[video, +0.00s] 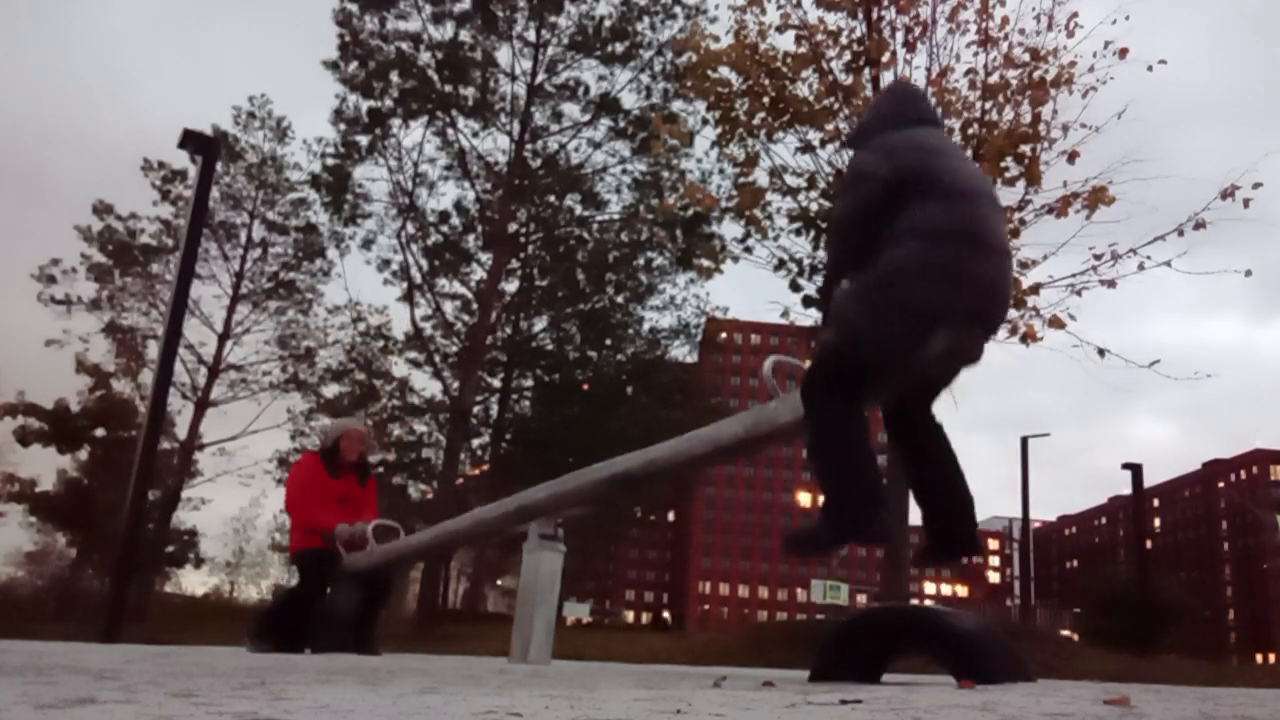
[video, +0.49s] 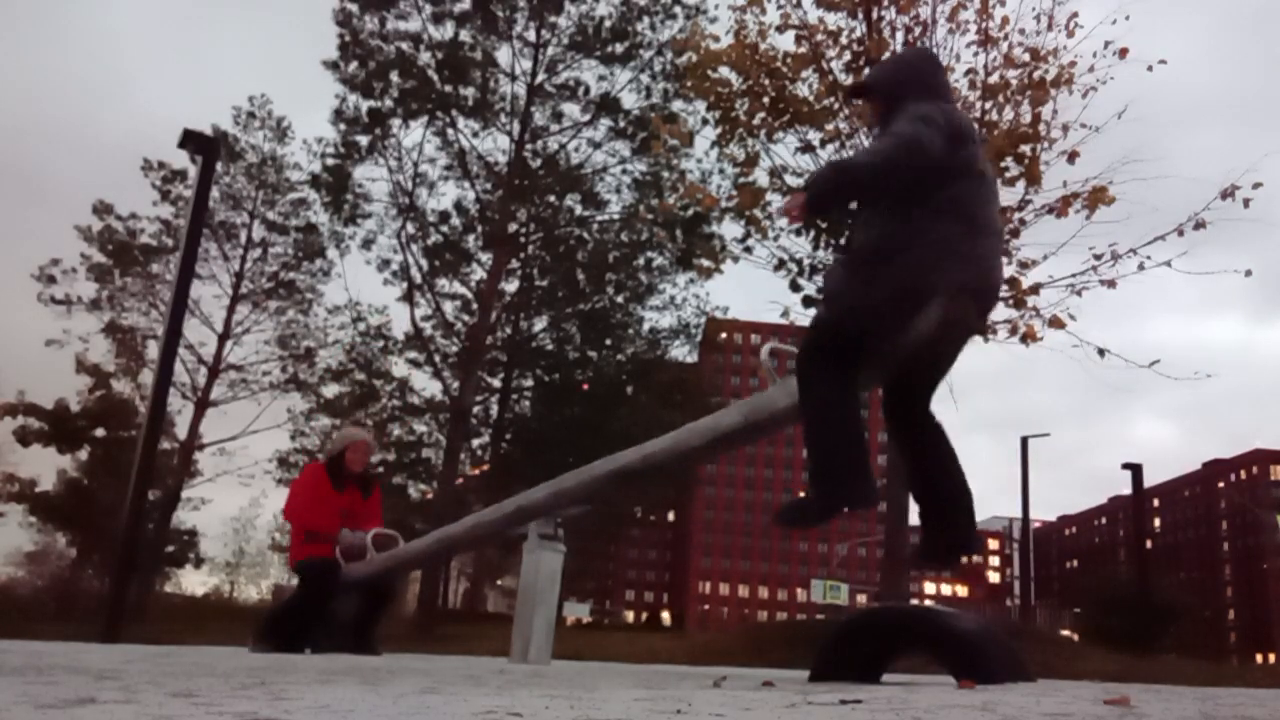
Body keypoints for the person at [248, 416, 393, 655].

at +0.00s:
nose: (356, 448)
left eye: (361, 442)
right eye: (351, 441)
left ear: (365, 446)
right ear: (337, 441)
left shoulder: (364, 476)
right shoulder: (309, 465)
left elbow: (369, 511)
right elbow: (297, 506)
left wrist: (361, 529)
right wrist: (333, 527)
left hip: (349, 547)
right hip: (311, 542)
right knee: (315, 584)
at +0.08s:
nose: (355, 456)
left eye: (359, 451)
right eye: (350, 449)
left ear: (362, 455)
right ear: (334, 450)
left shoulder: (360, 484)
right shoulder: (307, 472)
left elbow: (366, 523)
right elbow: (292, 511)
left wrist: (358, 541)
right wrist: (333, 531)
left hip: (347, 555)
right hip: (308, 549)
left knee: (378, 582)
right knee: (325, 578)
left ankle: (359, 643)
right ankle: (275, 633)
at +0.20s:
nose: (352, 463)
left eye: (356, 458)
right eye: (346, 456)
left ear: (361, 463)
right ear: (332, 458)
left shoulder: (360, 492)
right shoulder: (307, 479)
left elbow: (365, 532)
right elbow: (292, 520)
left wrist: (357, 546)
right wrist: (333, 537)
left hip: (346, 561)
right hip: (308, 557)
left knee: (378, 585)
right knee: (326, 582)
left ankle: (359, 644)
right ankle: (278, 636)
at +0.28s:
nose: (352, 466)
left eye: (357, 461)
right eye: (347, 459)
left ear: (362, 466)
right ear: (332, 461)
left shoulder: (361, 495)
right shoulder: (306, 483)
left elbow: (366, 533)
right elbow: (290, 523)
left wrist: (359, 546)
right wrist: (334, 541)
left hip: (348, 564)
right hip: (308, 560)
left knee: (379, 586)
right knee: (325, 588)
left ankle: (359, 644)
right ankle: (277, 637)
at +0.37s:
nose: (355, 466)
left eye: (360, 461)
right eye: (349, 460)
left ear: (364, 465)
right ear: (334, 461)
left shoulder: (362, 494)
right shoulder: (308, 483)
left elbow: (367, 535)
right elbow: (290, 523)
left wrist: (359, 547)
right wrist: (334, 541)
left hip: (348, 564)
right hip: (309, 560)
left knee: (381, 585)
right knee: (325, 586)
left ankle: (359, 643)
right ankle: (276, 636)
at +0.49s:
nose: (361, 459)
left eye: (366, 453)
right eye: (355, 452)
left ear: (370, 457)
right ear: (340, 453)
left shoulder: (368, 487)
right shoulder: (315, 475)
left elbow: (373, 529)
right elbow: (294, 512)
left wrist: (361, 541)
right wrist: (336, 532)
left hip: (351, 558)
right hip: (313, 552)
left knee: (381, 586)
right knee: (323, 583)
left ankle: (357, 643)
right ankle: (275, 636)